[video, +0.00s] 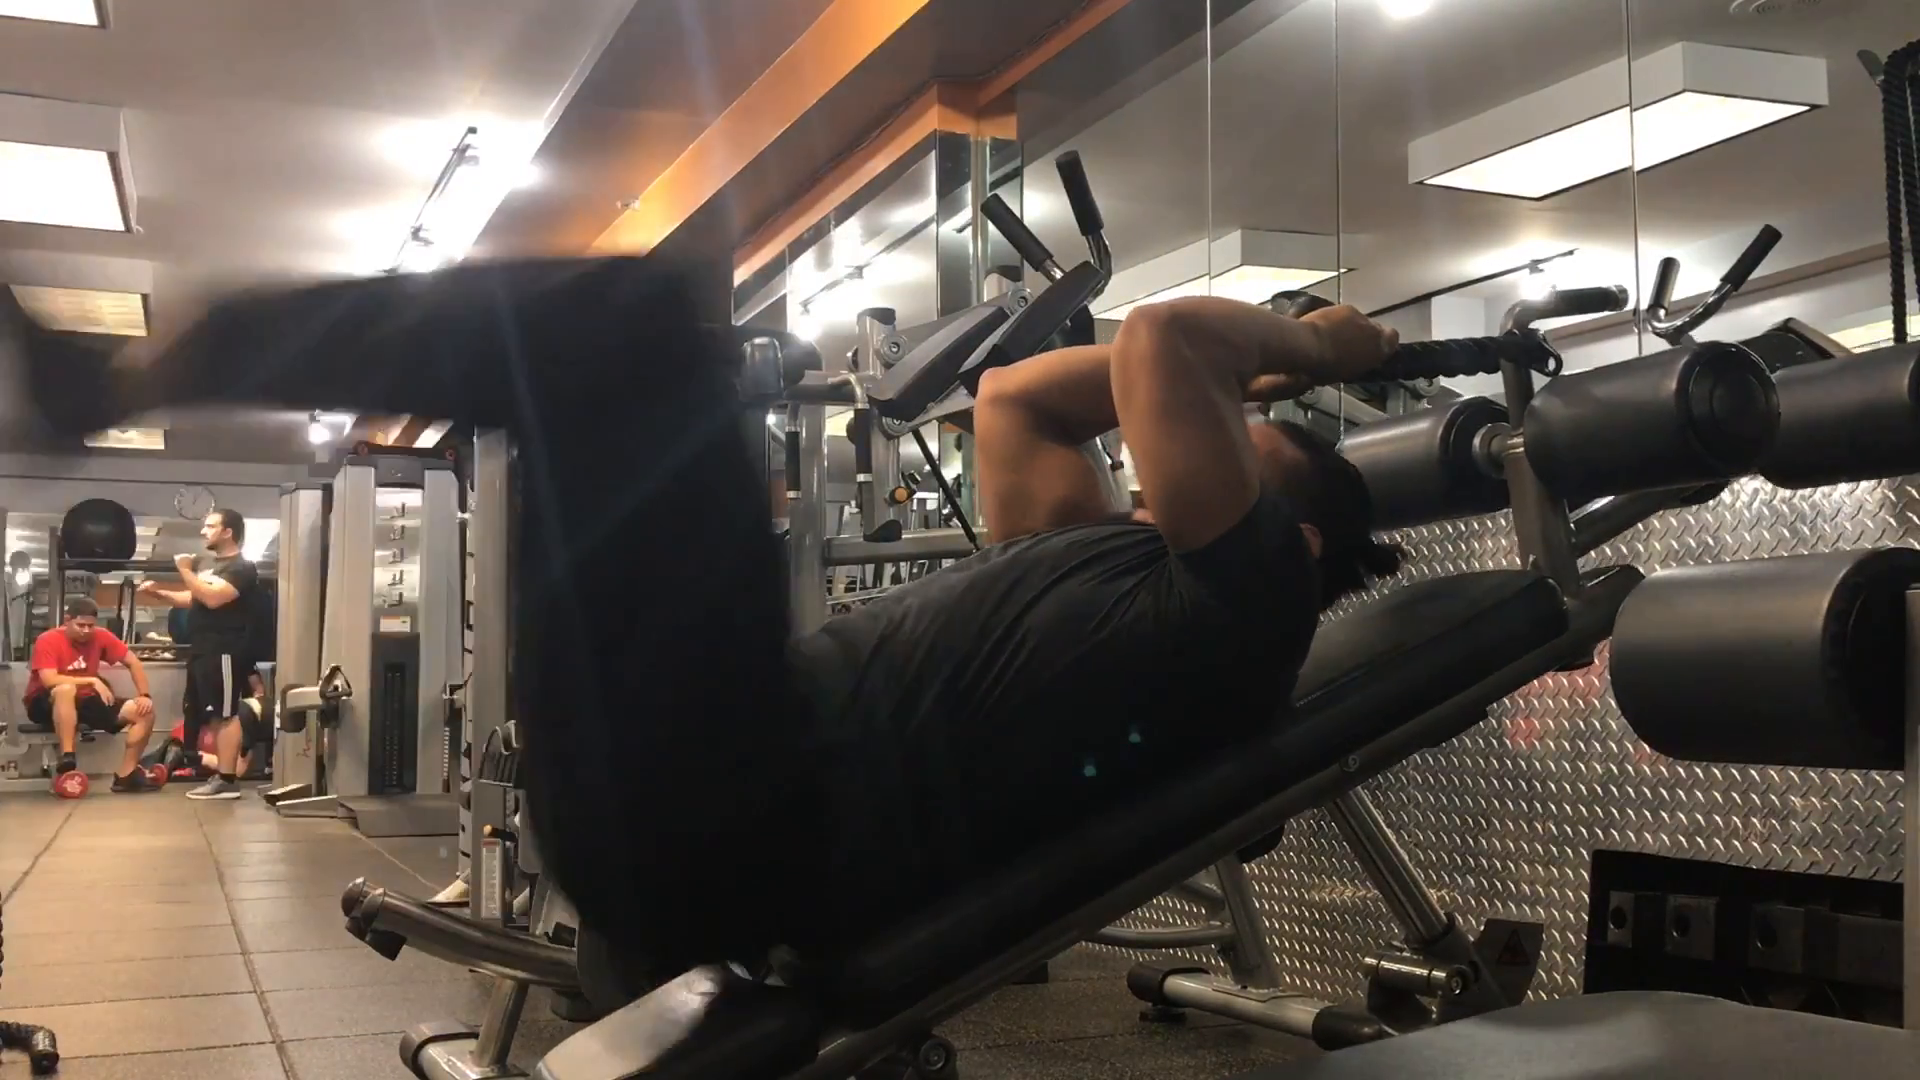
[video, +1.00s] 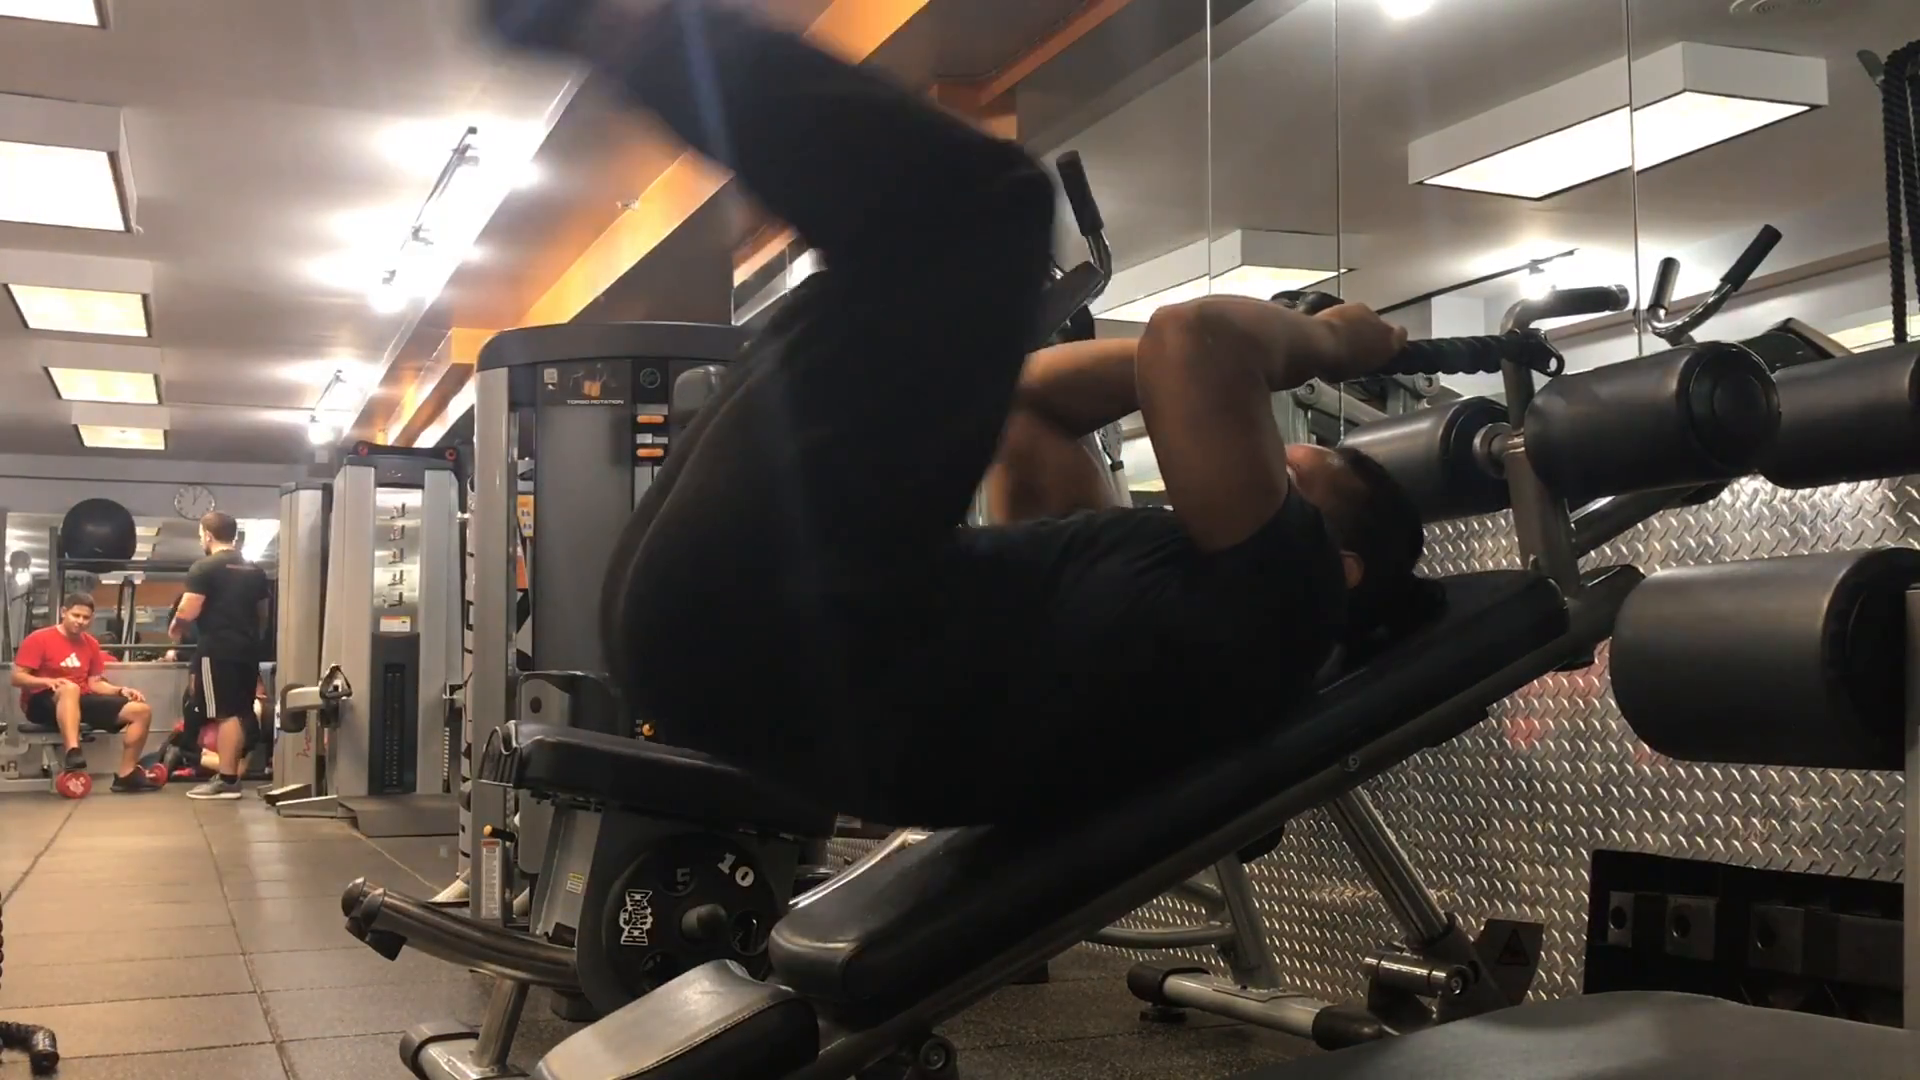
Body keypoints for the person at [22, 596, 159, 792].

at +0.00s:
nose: (85, 631)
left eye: (90, 626)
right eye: (80, 625)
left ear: (95, 623)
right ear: (67, 620)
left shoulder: (100, 636)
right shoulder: (48, 640)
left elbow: (133, 662)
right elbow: (49, 680)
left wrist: (144, 695)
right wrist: (93, 680)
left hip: (85, 704)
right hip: (45, 705)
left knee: (144, 711)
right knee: (65, 689)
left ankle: (126, 775)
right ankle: (68, 758)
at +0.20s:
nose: (80, 630)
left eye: (86, 625)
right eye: (76, 624)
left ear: (93, 623)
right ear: (66, 619)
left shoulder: (99, 636)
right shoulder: (47, 640)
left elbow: (131, 663)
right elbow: (49, 680)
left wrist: (144, 695)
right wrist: (88, 679)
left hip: (84, 703)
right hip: (44, 705)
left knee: (143, 711)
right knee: (65, 689)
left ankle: (126, 775)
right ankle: (69, 756)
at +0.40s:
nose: (81, 628)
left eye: (86, 623)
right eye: (76, 621)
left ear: (92, 621)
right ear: (65, 617)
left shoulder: (99, 639)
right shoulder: (44, 642)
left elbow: (122, 666)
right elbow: (43, 681)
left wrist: (141, 695)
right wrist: (76, 675)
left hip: (84, 702)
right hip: (43, 704)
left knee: (143, 711)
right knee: (66, 688)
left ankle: (127, 774)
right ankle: (73, 754)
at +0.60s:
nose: (82, 624)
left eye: (87, 620)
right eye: (77, 618)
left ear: (93, 620)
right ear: (66, 615)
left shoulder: (94, 643)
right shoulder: (42, 640)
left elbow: (101, 681)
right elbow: (30, 680)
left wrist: (129, 693)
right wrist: (58, 678)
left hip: (84, 702)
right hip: (44, 705)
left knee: (142, 711)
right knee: (69, 688)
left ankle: (126, 774)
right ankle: (74, 755)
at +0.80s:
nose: (81, 621)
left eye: (87, 617)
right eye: (77, 615)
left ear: (92, 619)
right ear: (65, 612)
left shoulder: (92, 643)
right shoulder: (40, 638)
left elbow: (95, 682)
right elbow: (16, 676)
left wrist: (120, 690)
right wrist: (46, 679)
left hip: (83, 702)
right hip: (43, 704)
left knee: (142, 712)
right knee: (71, 685)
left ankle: (127, 774)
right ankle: (72, 752)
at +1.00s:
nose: (80, 622)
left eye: (86, 618)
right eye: (76, 616)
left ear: (91, 619)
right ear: (63, 613)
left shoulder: (91, 644)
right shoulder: (39, 639)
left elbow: (95, 683)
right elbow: (17, 677)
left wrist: (121, 691)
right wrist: (47, 682)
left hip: (81, 702)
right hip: (42, 704)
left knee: (141, 711)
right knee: (70, 688)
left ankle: (127, 775)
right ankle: (73, 752)